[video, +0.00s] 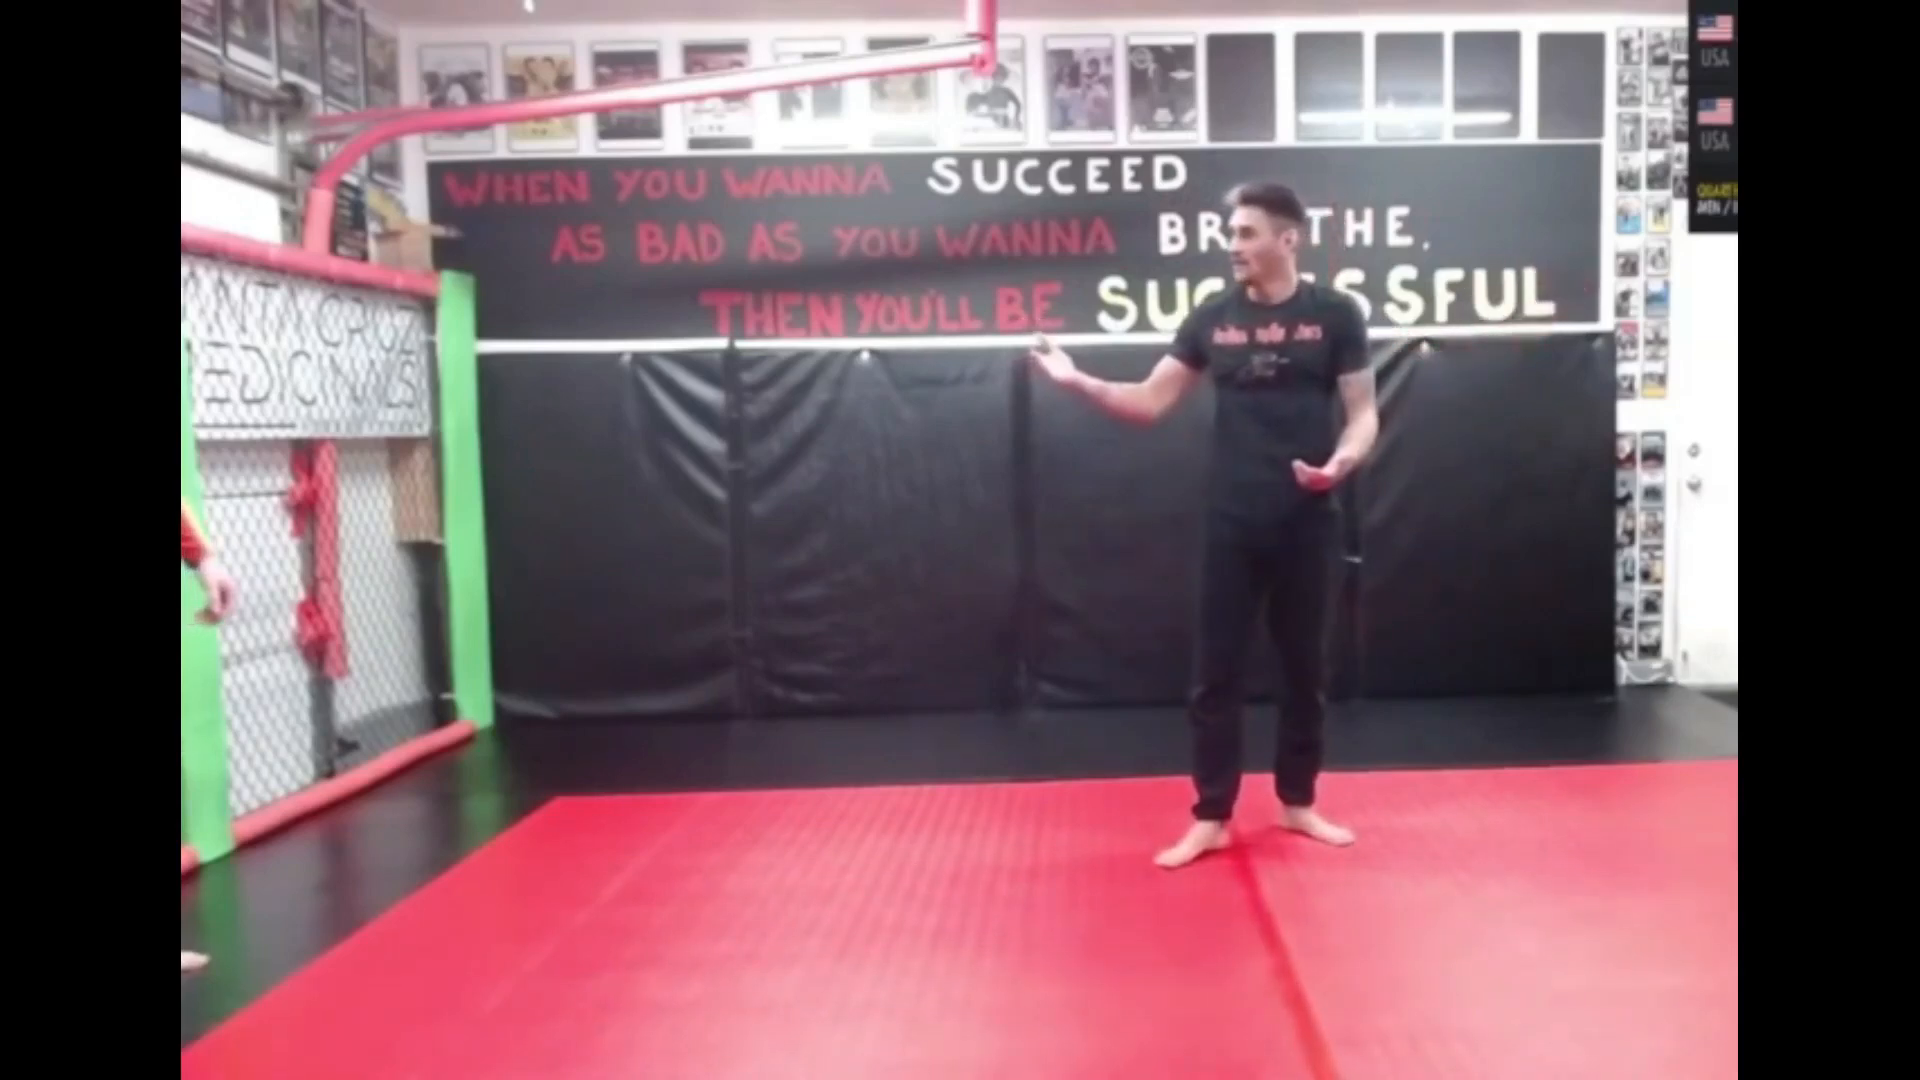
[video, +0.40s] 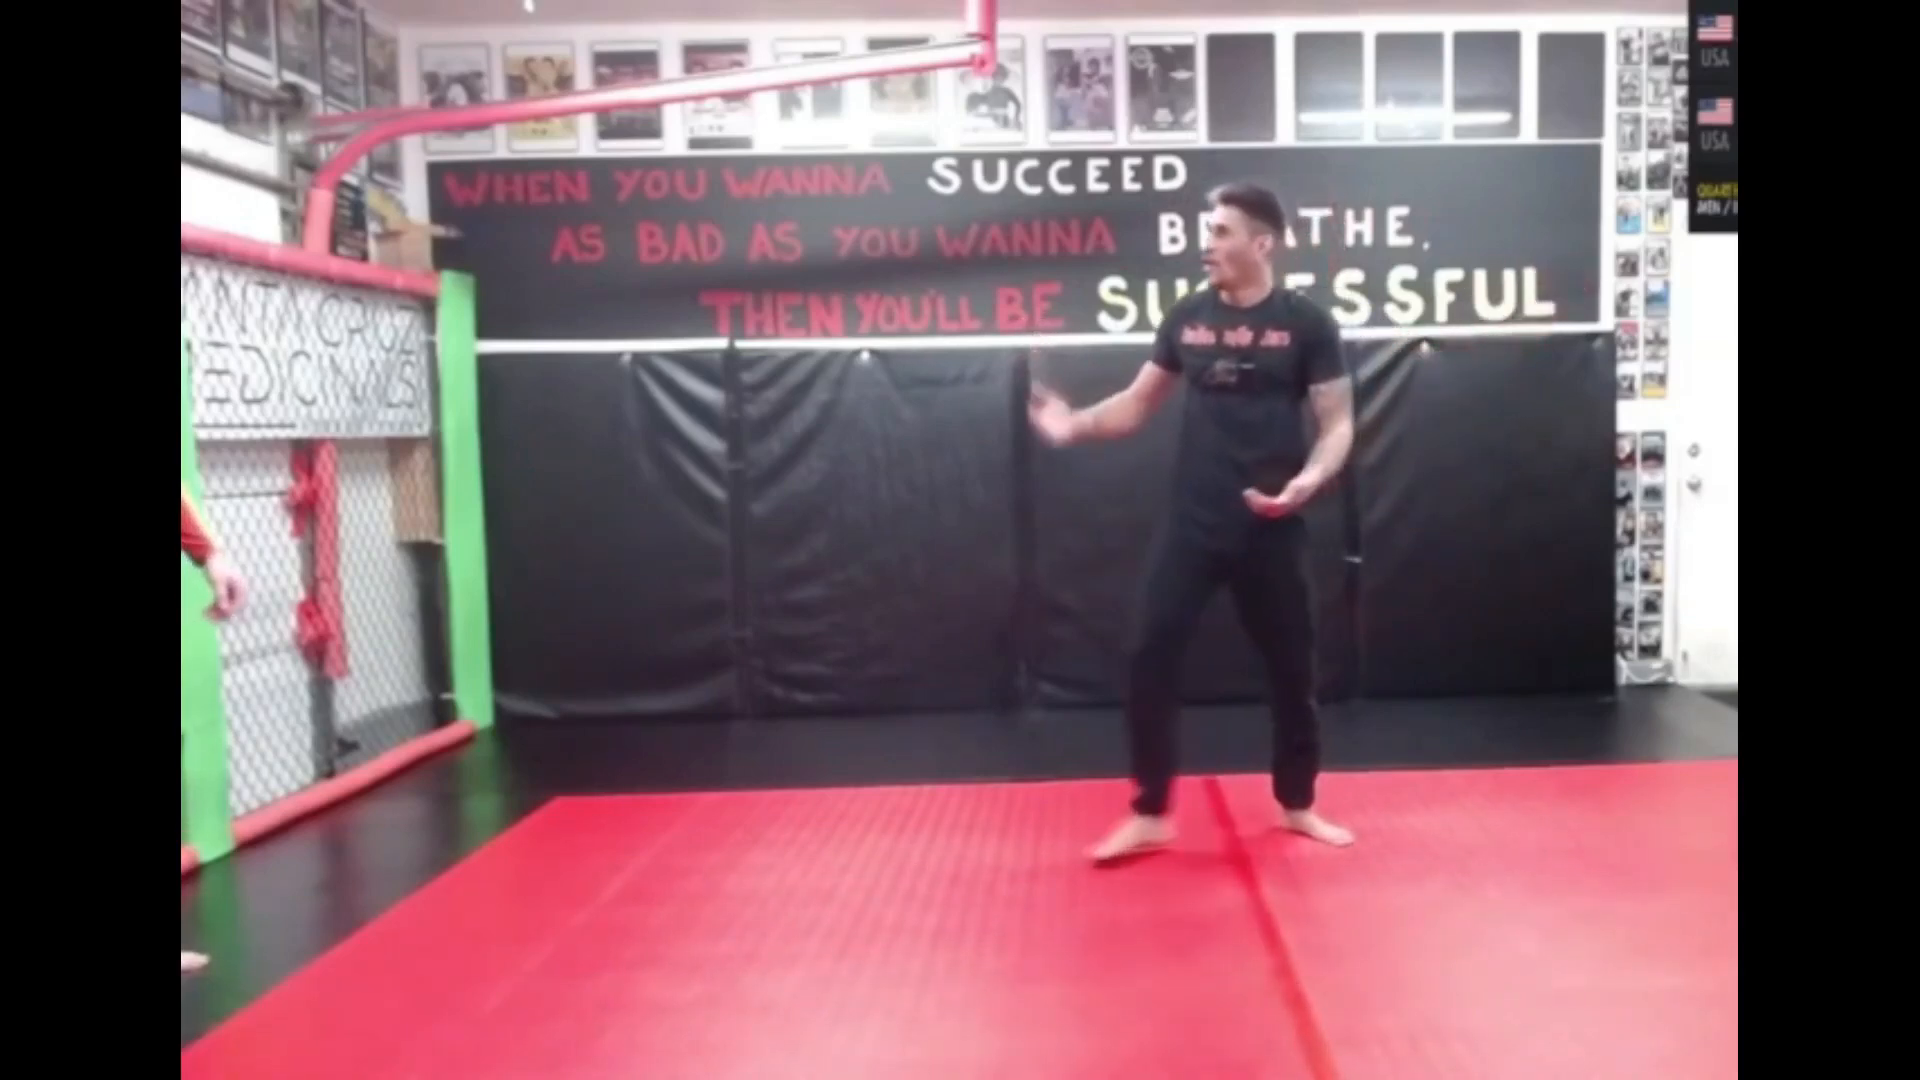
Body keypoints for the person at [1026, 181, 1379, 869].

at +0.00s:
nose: (1235, 245)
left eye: (1248, 233)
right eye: (1232, 234)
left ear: (1290, 238)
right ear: (1232, 240)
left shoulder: (1335, 315)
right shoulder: (1215, 317)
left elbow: (1363, 415)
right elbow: (1150, 400)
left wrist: (1340, 461)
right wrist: (1075, 379)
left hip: (1308, 515)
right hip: (1232, 514)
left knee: (1306, 666)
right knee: (1216, 669)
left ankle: (1298, 802)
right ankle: (1212, 817)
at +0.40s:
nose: (1207, 243)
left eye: (1222, 232)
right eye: (1207, 231)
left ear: (1264, 242)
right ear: (1215, 239)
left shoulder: (1307, 323)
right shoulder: (1189, 319)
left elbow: (1338, 426)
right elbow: (1136, 403)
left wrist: (1304, 483)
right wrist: (1076, 422)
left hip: (1272, 527)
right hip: (1192, 522)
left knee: (1292, 668)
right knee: (1151, 652)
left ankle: (1298, 805)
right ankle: (1150, 813)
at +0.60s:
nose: (1179, 252)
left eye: (1195, 240)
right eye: (1181, 239)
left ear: (1235, 256)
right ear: (1188, 253)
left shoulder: (1269, 333)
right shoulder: (1160, 334)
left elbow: (1315, 437)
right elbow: (1114, 417)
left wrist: (1274, 497)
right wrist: (1055, 457)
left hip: (1243, 536)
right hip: (1169, 532)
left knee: (1279, 673)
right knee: (1104, 658)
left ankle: (1295, 807)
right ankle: (1059, 823)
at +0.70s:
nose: (1084, 261)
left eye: (1102, 252)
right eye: (1086, 250)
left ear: (1145, 271)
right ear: (1086, 271)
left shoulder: (1180, 353)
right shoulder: (1078, 362)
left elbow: (1251, 443)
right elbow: (1042, 434)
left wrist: (1200, 512)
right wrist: (973, 479)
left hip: (1175, 553)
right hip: (1099, 554)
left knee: (1235, 678)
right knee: (1032, 679)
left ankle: (1290, 807)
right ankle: (961, 837)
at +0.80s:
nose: (970, 295)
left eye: (987, 280)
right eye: (968, 282)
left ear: (1037, 295)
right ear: (974, 297)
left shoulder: (1082, 371)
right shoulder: (994, 383)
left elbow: (1147, 467)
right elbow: (983, 469)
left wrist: (1116, 551)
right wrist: (916, 531)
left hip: (1104, 555)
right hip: (1033, 560)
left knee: (1175, 691)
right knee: (970, 685)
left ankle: (1264, 802)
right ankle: (943, 850)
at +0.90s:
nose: (873, 353)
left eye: (880, 337)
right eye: (869, 338)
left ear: (929, 328)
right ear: (913, 337)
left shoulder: (1008, 387)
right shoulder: (932, 404)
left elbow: (1055, 497)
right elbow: (945, 496)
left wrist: (1026, 613)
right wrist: (916, 588)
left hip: (1070, 541)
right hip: (1003, 543)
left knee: (1119, 695)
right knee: (945, 675)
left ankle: (1202, 831)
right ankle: (938, 847)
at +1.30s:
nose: (783, 335)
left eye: (790, 318)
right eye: (780, 320)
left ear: (840, 310)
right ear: (831, 315)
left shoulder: (923, 358)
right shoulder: (862, 375)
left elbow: (957, 482)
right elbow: (887, 474)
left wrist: (922, 577)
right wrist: (886, 577)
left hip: (1005, 532)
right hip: (942, 539)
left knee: (1072, 678)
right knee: (928, 685)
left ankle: (1158, 834)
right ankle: (939, 849)